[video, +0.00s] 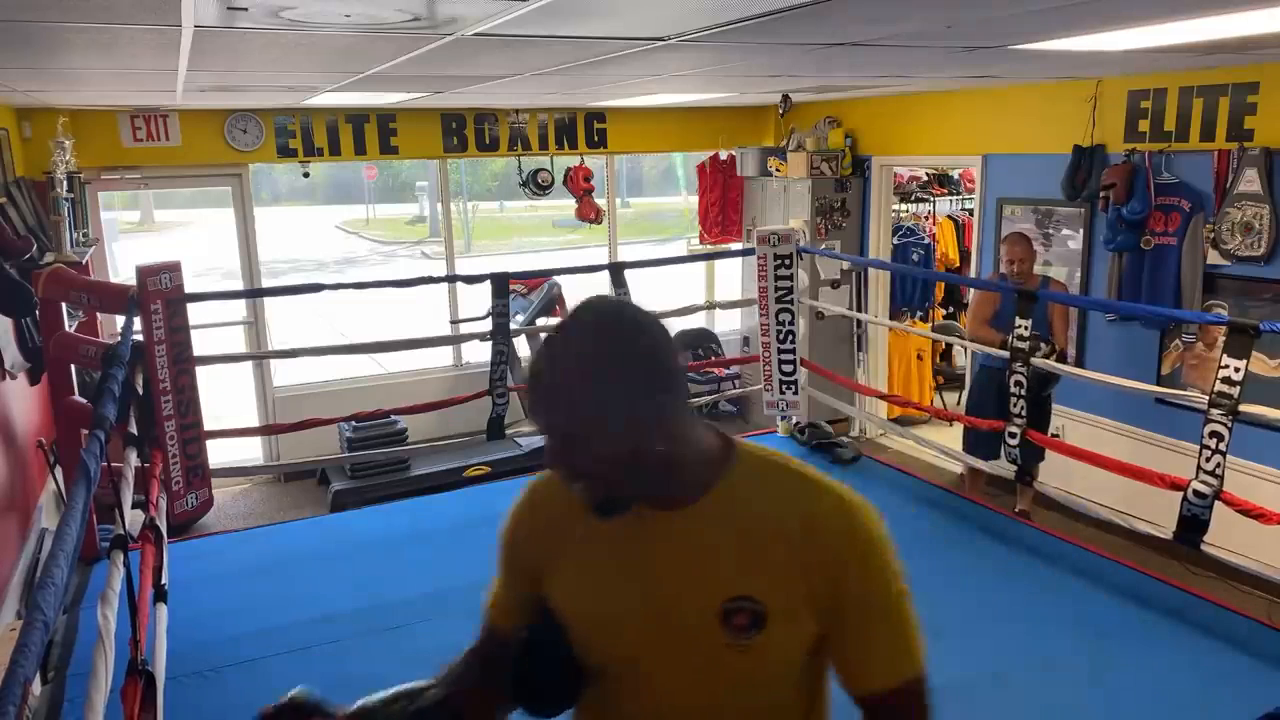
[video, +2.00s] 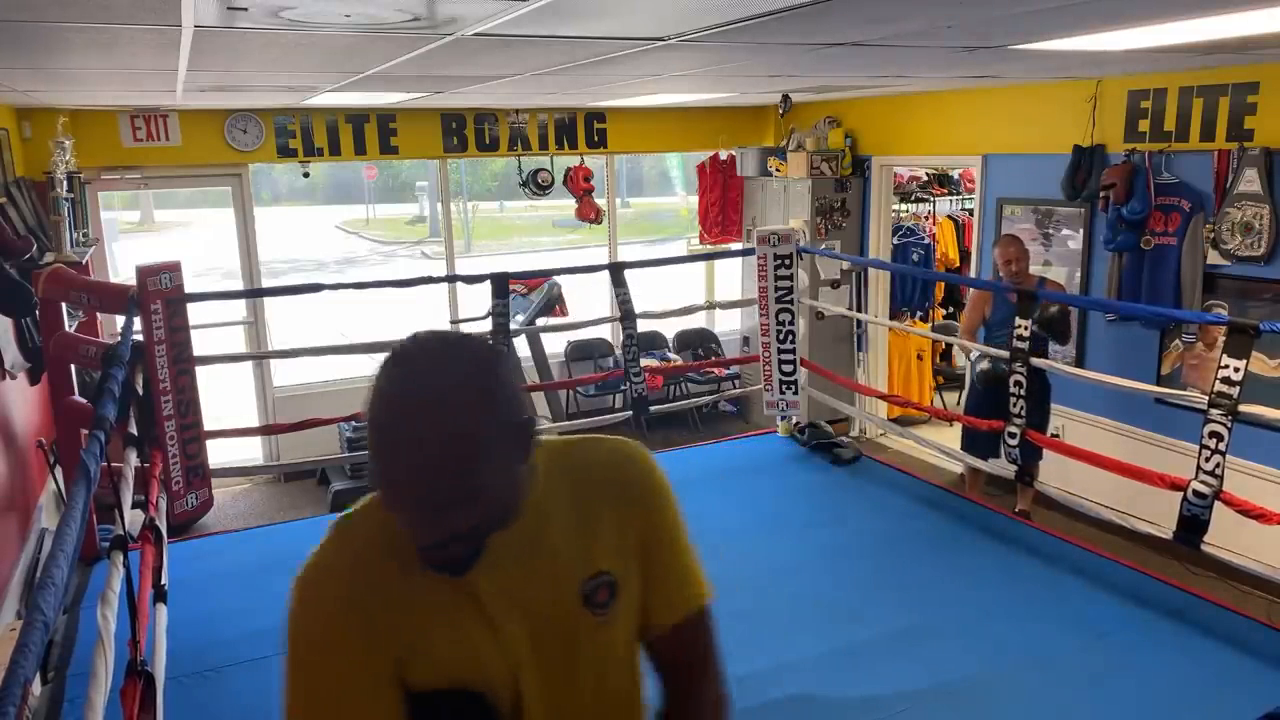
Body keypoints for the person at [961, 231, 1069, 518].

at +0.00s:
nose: (1015, 269)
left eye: (1021, 262)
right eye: (1009, 262)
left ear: (1033, 259)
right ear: (1001, 260)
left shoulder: (1054, 290)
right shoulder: (992, 285)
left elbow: (1061, 343)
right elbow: (974, 329)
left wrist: (1048, 356)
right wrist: (1010, 343)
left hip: (1034, 382)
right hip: (992, 377)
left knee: (1030, 449)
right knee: (979, 446)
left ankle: (1023, 511)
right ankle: (971, 506)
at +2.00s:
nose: (1012, 268)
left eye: (1017, 261)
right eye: (1005, 263)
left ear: (1028, 257)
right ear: (996, 264)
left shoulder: (1052, 290)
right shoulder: (985, 292)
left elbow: (1064, 339)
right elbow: (965, 336)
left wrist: (1056, 321)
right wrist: (979, 358)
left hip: (1032, 379)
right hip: (990, 376)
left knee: (1029, 449)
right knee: (977, 445)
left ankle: (1023, 515)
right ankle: (972, 506)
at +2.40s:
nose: (1007, 271)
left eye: (1011, 263)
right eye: (1000, 266)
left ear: (1023, 258)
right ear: (992, 265)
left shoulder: (1048, 289)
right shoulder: (982, 292)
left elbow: (1064, 334)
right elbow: (967, 337)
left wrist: (1041, 314)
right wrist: (985, 352)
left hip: (1029, 382)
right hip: (987, 379)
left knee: (1027, 450)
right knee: (975, 446)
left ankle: (1022, 513)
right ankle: (970, 505)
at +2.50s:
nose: (1005, 272)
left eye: (1010, 264)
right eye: (998, 267)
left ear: (1022, 259)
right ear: (990, 266)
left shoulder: (1047, 289)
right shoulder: (980, 292)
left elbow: (1063, 333)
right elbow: (967, 338)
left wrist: (1038, 316)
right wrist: (986, 352)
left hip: (1028, 382)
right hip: (987, 380)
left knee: (1027, 451)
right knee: (974, 447)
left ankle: (1022, 515)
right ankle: (970, 506)